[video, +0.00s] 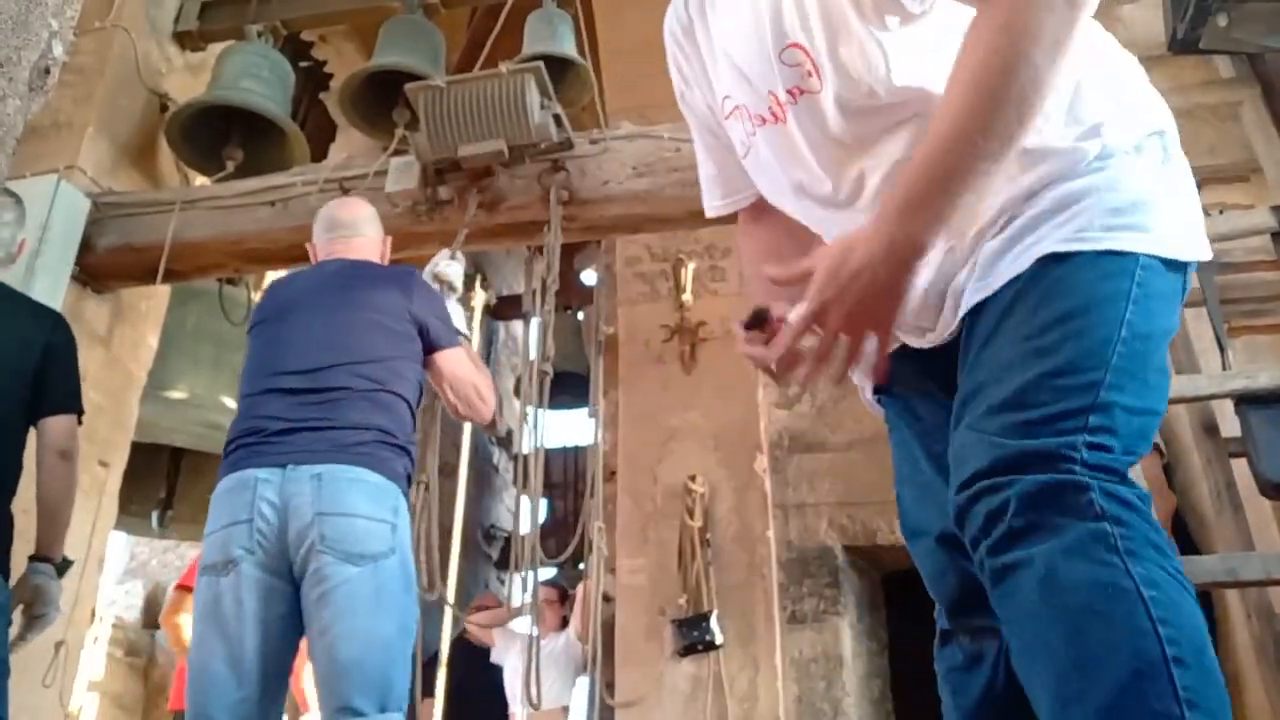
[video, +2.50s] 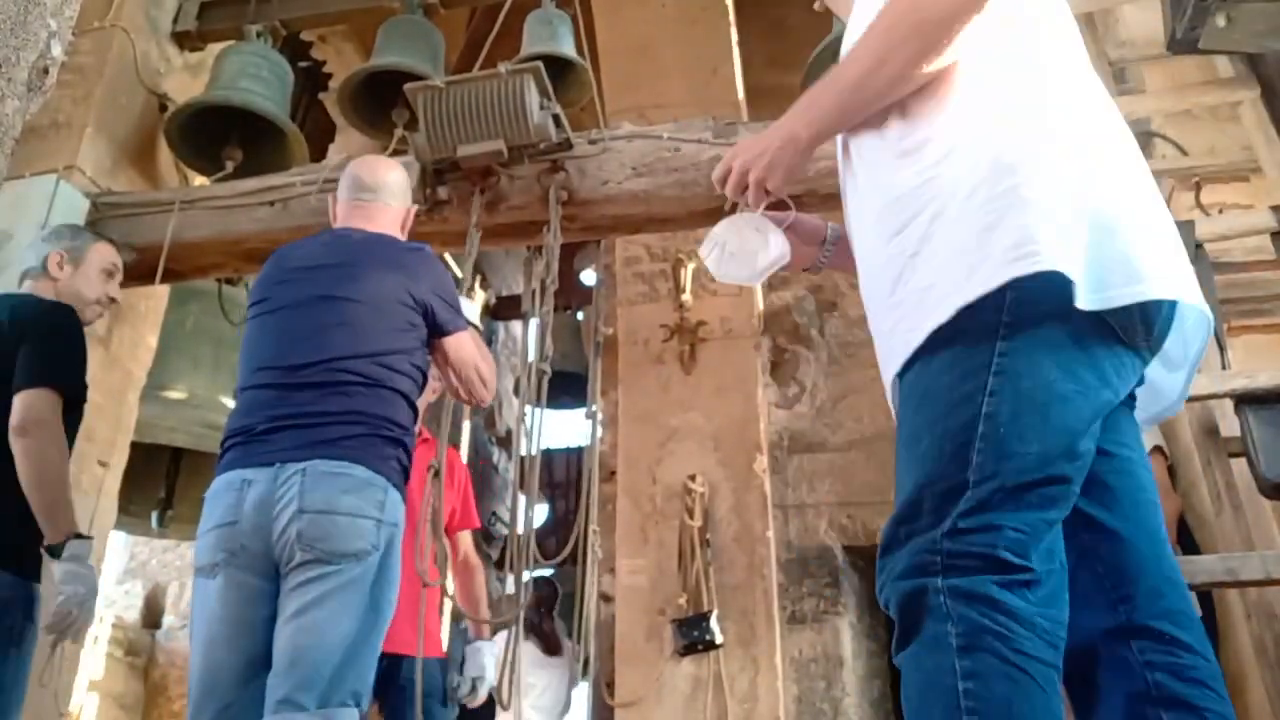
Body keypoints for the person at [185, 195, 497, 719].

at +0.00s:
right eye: (388, 245)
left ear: (312, 253)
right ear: (385, 247)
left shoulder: (272, 295)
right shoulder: (408, 285)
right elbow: (480, 404)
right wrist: (427, 353)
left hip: (242, 491)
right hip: (356, 488)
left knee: (224, 706)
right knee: (362, 708)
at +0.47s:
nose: (396, 225)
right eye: (397, 220)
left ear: (318, 227)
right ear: (394, 225)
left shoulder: (272, 279)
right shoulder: (408, 275)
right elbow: (477, 393)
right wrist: (447, 324)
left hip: (229, 494)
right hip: (340, 490)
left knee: (218, 710)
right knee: (313, 708)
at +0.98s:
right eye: (402, 210)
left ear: (322, 216)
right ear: (398, 215)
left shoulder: (275, 271)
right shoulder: (415, 270)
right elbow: (483, 390)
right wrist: (442, 326)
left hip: (238, 488)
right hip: (352, 487)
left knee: (216, 708)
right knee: (310, 707)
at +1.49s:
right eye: (392, 209)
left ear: (313, 218)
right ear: (388, 213)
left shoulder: (267, 272)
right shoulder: (409, 270)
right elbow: (477, 391)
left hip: (234, 488)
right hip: (348, 487)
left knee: (215, 709)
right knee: (309, 707)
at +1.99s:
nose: (391, 215)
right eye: (391, 207)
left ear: (311, 216)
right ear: (385, 209)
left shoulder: (264, 270)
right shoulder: (406, 265)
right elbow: (473, 386)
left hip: (231, 488)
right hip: (345, 485)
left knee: (214, 709)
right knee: (309, 707)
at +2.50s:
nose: (413, 223)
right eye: (413, 217)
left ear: (332, 209)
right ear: (407, 219)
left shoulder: (276, 265)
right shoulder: (417, 264)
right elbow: (480, 386)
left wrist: (430, 369)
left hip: (233, 489)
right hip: (347, 488)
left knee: (217, 709)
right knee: (310, 707)